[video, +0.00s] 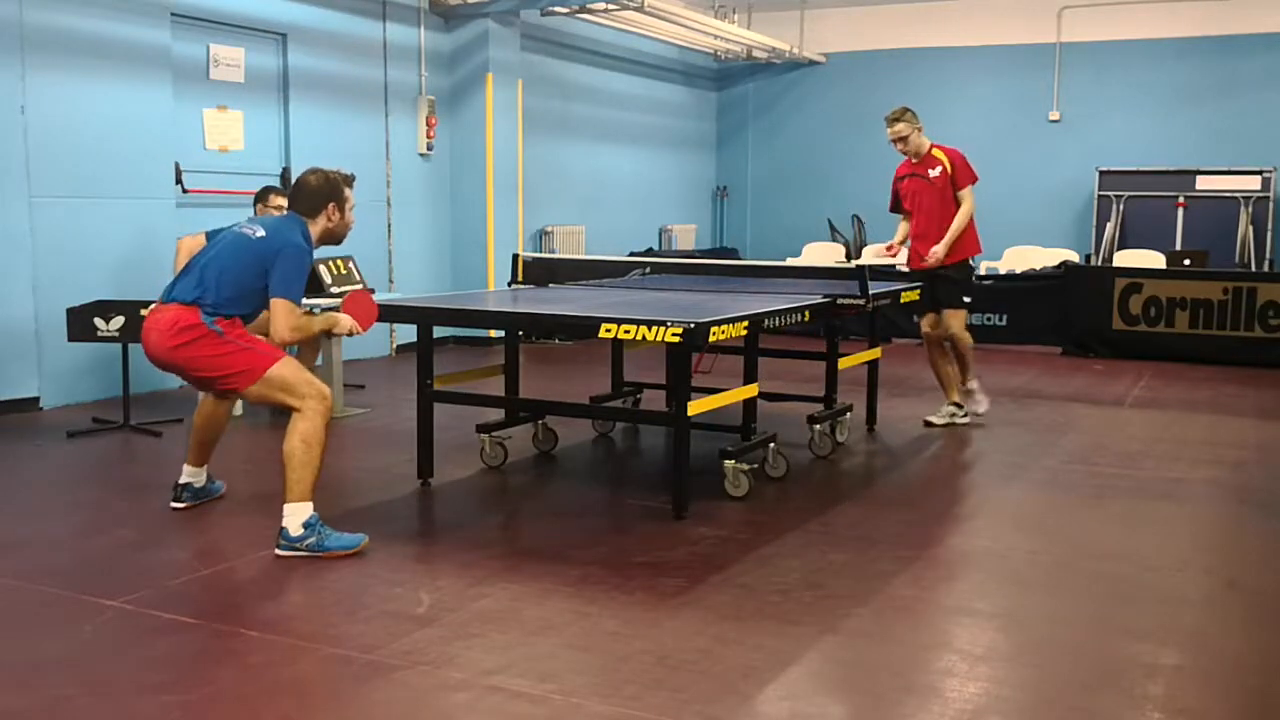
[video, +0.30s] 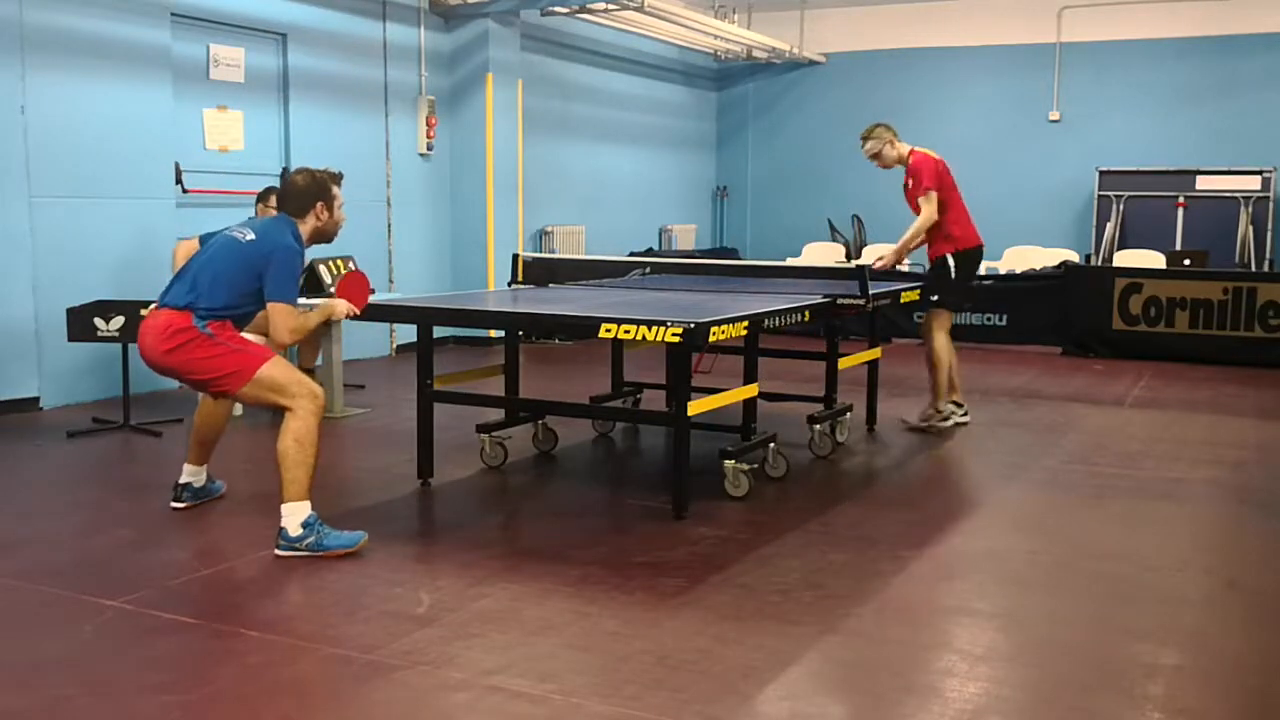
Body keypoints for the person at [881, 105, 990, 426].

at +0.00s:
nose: (898, 147)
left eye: (902, 139)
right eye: (893, 142)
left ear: (918, 131)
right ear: (891, 141)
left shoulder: (950, 158)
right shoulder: (902, 173)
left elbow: (968, 205)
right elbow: (906, 217)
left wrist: (944, 244)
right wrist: (898, 241)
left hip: (954, 260)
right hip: (922, 264)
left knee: (953, 328)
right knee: (930, 332)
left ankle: (969, 381)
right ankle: (954, 403)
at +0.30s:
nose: (876, 164)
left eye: (875, 156)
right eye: (872, 160)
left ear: (891, 143)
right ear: (887, 148)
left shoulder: (922, 161)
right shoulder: (912, 172)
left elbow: (931, 214)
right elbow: (929, 223)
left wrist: (897, 253)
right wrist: (900, 252)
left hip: (957, 250)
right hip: (948, 252)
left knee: (935, 326)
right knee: (938, 327)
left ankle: (940, 407)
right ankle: (954, 402)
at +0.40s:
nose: (867, 174)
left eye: (867, 166)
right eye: (863, 169)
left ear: (881, 152)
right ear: (883, 154)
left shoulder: (908, 168)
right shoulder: (917, 166)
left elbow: (915, 222)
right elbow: (937, 229)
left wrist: (883, 256)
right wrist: (905, 249)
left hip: (954, 252)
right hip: (963, 249)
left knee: (933, 329)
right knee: (946, 330)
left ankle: (925, 409)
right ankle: (957, 403)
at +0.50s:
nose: (860, 186)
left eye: (858, 178)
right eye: (856, 181)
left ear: (871, 164)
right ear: (874, 162)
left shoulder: (895, 176)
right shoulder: (914, 170)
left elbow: (899, 232)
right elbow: (936, 230)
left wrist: (872, 257)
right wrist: (902, 251)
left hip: (952, 255)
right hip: (973, 250)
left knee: (931, 334)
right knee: (953, 332)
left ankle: (925, 411)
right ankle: (959, 405)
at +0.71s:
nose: (855, 209)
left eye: (851, 202)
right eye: (850, 206)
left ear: (861, 188)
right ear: (865, 184)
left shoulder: (883, 193)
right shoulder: (908, 183)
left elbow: (881, 252)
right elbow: (925, 244)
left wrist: (862, 260)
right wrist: (887, 259)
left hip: (951, 260)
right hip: (982, 249)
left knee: (928, 336)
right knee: (970, 330)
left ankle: (924, 412)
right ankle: (986, 409)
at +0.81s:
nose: (855, 216)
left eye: (850, 209)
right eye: (850, 212)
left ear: (860, 194)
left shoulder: (883, 199)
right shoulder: (909, 188)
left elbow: (877, 256)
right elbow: (917, 252)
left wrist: (856, 260)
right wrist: (879, 260)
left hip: (952, 262)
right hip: (983, 251)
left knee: (926, 338)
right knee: (981, 333)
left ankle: (924, 413)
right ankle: (1006, 410)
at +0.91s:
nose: (857, 221)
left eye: (853, 215)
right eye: (852, 218)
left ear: (862, 198)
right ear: (868, 192)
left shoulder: (883, 203)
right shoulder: (907, 192)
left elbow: (877, 263)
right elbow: (922, 251)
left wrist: (844, 269)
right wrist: (887, 261)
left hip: (952, 264)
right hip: (985, 252)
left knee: (924, 337)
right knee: (989, 337)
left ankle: (925, 413)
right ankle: (1017, 413)